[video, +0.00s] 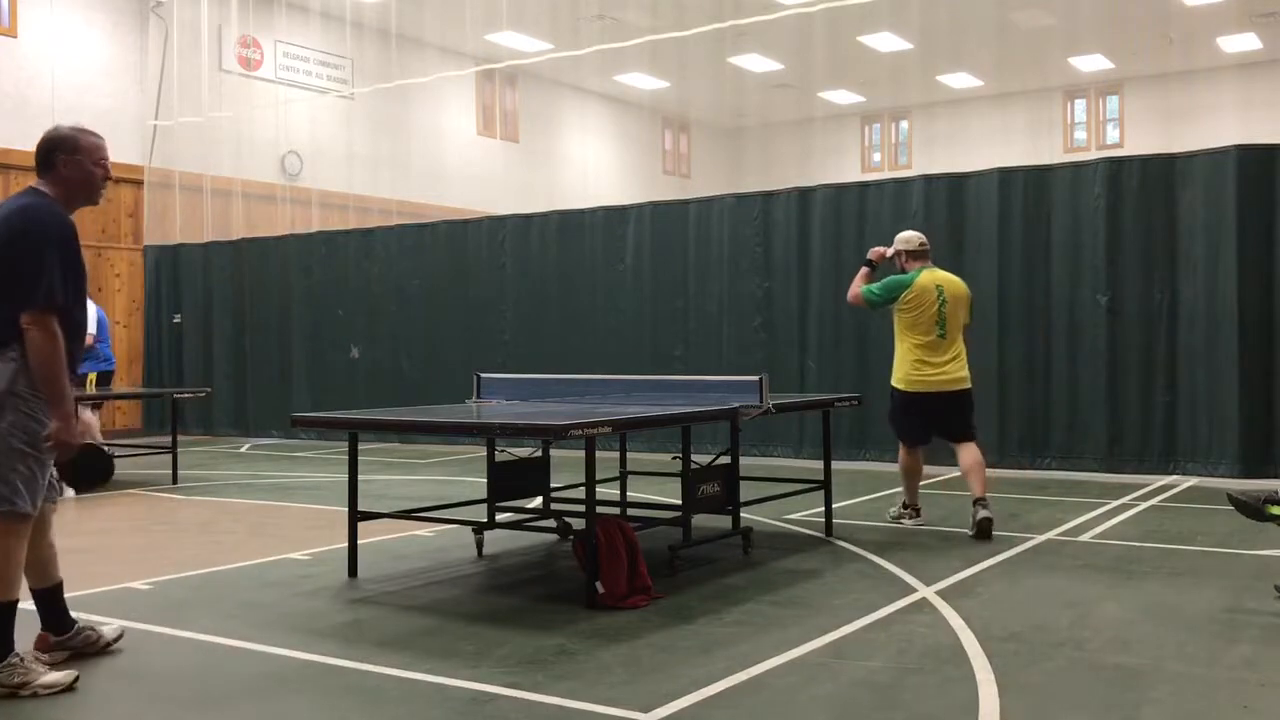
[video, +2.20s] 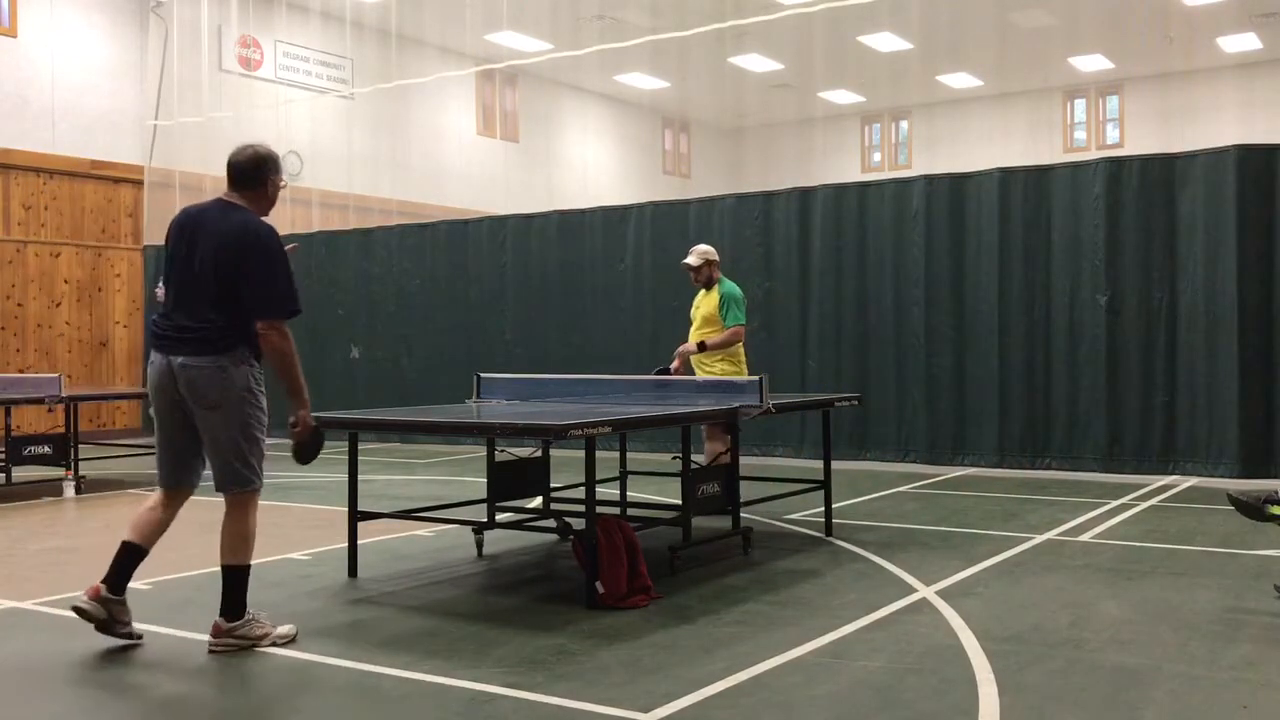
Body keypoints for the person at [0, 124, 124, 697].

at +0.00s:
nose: (108, 173)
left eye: (107, 163)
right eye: (99, 162)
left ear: (59, 165)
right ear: (62, 165)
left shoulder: (31, 214)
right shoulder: (41, 219)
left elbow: (36, 322)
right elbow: (37, 322)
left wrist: (69, 409)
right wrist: (63, 414)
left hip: (25, 380)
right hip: (20, 383)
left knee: (37, 509)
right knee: (13, 516)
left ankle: (58, 628)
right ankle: (5, 658)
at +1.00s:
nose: (130, 175)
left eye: (128, 167)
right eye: (125, 167)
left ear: (81, 171)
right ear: (102, 171)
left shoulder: (57, 221)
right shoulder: (78, 225)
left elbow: (69, 314)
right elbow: (82, 321)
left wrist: (128, 355)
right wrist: (115, 400)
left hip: (61, 374)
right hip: (65, 377)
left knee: (94, 503)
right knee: (78, 510)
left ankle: (66, 628)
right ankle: (11, 645)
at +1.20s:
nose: (136, 180)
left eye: (135, 171)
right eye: (132, 171)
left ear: (83, 174)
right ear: (112, 175)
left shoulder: (57, 222)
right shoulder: (97, 224)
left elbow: (79, 306)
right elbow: (103, 312)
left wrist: (147, 302)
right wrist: (146, 389)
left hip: (55, 374)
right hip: (85, 375)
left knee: (87, 503)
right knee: (136, 493)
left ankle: (65, 625)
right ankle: (61, 621)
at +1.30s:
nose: (142, 181)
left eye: (141, 172)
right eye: (138, 172)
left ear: (88, 175)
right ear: (118, 175)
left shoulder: (62, 222)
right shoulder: (105, 223)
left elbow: (85, 300)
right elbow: (113, 311)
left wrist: (150, 286)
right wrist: (156, 386)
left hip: (57, 375)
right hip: (95, 374)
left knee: (90, 497)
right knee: (158, 486)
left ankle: (59, 631)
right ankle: (112, 624)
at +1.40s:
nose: (150, 177)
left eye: (147, 168)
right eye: (146, 168)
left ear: (95, 175)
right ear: (130, 173)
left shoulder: (69, 222)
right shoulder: (115, 221)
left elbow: (94, 294)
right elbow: (121, 309)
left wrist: (159, 275)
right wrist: (164, 386)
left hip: (64, 373)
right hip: (104, 373)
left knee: (90, 500)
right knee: (168, 487)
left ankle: (63, 628)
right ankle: (171, 629)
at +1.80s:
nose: (212, 183)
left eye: (210, 175)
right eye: (209, 176)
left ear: (157, 181)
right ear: (197, 181)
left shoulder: (123, 229)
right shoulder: (188, 232)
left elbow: (143, 282)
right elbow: (188, 321)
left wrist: (204, 270)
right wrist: (214, 400)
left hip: (117, 376)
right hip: (168, 379)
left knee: (115, 501)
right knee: (222, 495)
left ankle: (65, 626)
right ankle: (232, 619)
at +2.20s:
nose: (282, 191)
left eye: (280, 182)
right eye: (281, 183)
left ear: (230, 181)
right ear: (271, 186)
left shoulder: (186, 221)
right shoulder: (260, 238)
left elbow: (174, 299)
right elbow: (272, 331)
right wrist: (301, 404)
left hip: (165, 367)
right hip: (222, 373)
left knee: (173, 488)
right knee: (241, 494)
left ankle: (109, 591)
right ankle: (233, 619)